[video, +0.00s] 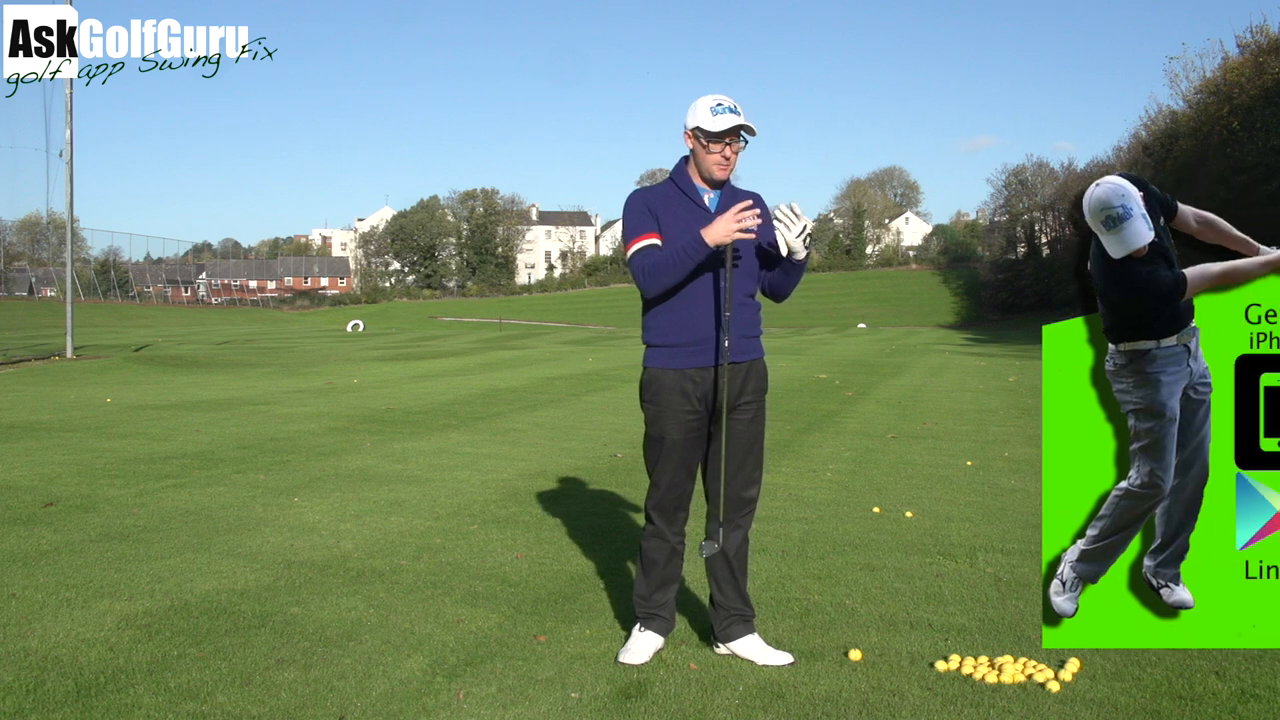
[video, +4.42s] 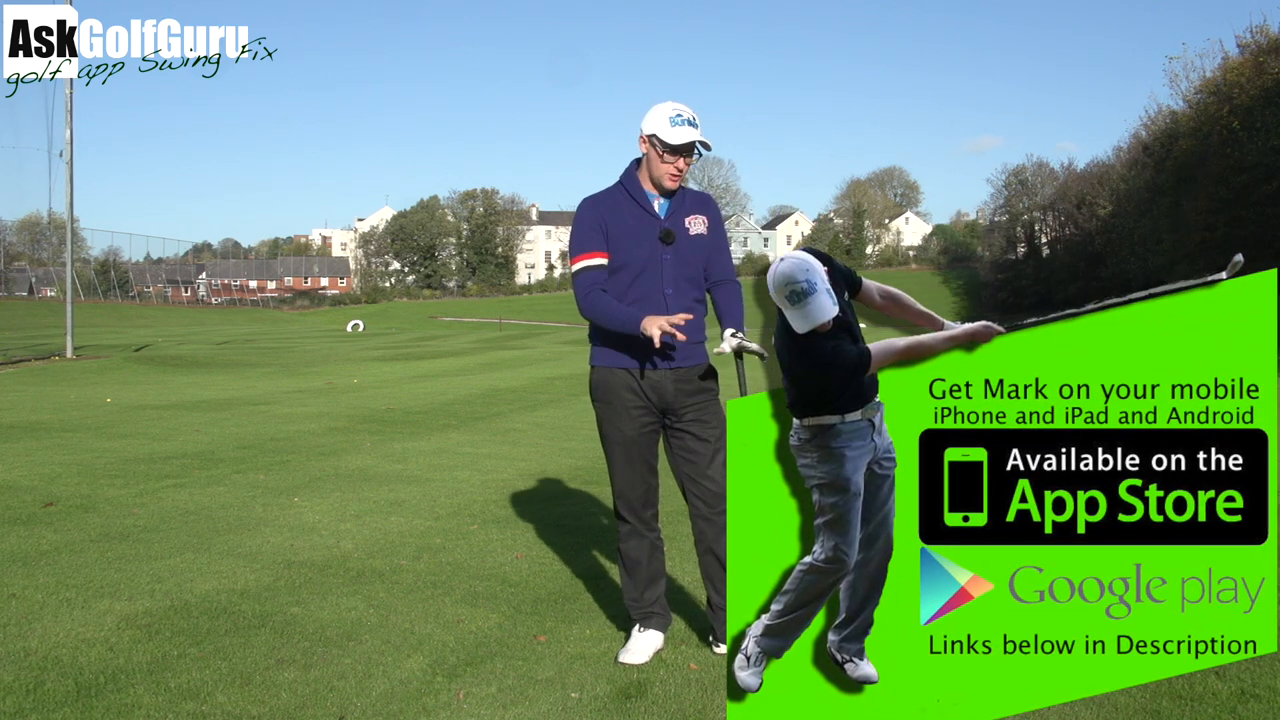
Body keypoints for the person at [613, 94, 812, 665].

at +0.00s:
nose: (730, 150)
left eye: (737, 140)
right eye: (718, 140)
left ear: (742, 145)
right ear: (691, 140)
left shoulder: (751, 206)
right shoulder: (647, 203)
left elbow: (776, 287)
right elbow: (652, 280)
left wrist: (796, 253)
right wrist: (709, 237)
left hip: (744, 372)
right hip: (675, 374)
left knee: (735, 506)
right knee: (667, 505)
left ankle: (733, 627)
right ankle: (653, 621)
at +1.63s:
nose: (702, 145)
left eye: (714, 137)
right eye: (694, 135)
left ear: (733, 144)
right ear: (681, 140)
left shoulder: (759, 203)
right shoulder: (648, 197)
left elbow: (778, 281)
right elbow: (646, 259)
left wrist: (768, 308)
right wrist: (685, 193)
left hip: (736, 373)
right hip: (663, 373)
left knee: (731, 510)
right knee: (659, 507)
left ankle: (732, 623)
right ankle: (652, 620)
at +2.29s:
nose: (702, 145)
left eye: (712, 135)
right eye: (692, 136)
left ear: (730, 141)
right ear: (680, 142)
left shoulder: (755, 203)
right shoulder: (644, 203)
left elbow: (780, 283)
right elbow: (625, 288)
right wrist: (660, 257)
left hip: (737, 375)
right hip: (664, 377)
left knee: (731, 510)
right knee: (660, 506)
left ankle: (733, 625)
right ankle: (651, 620)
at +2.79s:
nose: (691, 144)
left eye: (702, 135)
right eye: (682, 134)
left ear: (717, 142)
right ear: (668, 138)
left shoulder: (743, 200)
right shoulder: (628, 207)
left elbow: (768, 280)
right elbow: (617, 292)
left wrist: (746, 327)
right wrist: (675, 300)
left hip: (723, 374)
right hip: (650, 375)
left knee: (723, 507)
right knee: (651, 508)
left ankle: (729, 622)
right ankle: (651, 620)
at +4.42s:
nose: (681, 162)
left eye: (690, 151)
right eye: (671, 151)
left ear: (695, 152)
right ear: (645, 145)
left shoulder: (701, 208)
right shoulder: (596, 211)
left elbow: (723, 279)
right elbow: (590, 295)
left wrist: (732, 326)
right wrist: (640, 322)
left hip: (692, 378)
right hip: (622, 381)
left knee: (714, 504)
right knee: (635, 507)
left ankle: (727, 623)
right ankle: (649, 620)